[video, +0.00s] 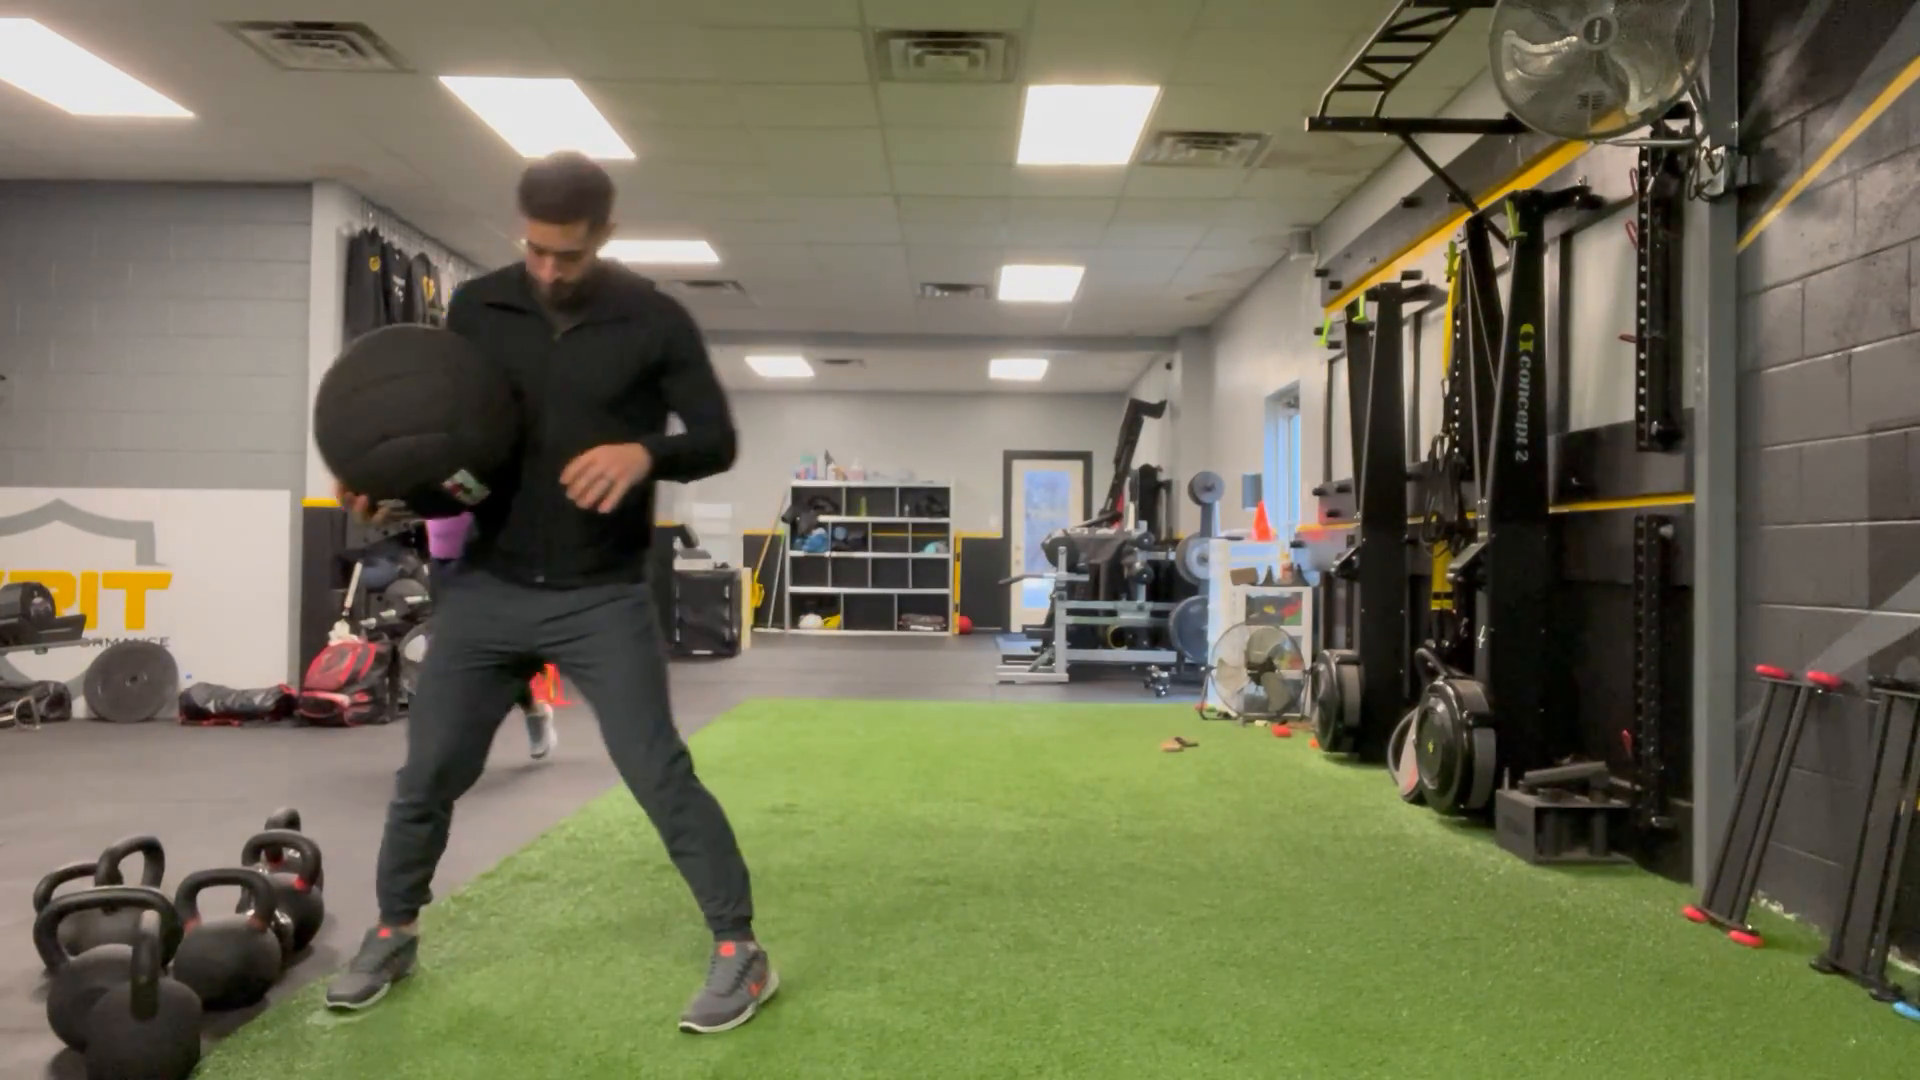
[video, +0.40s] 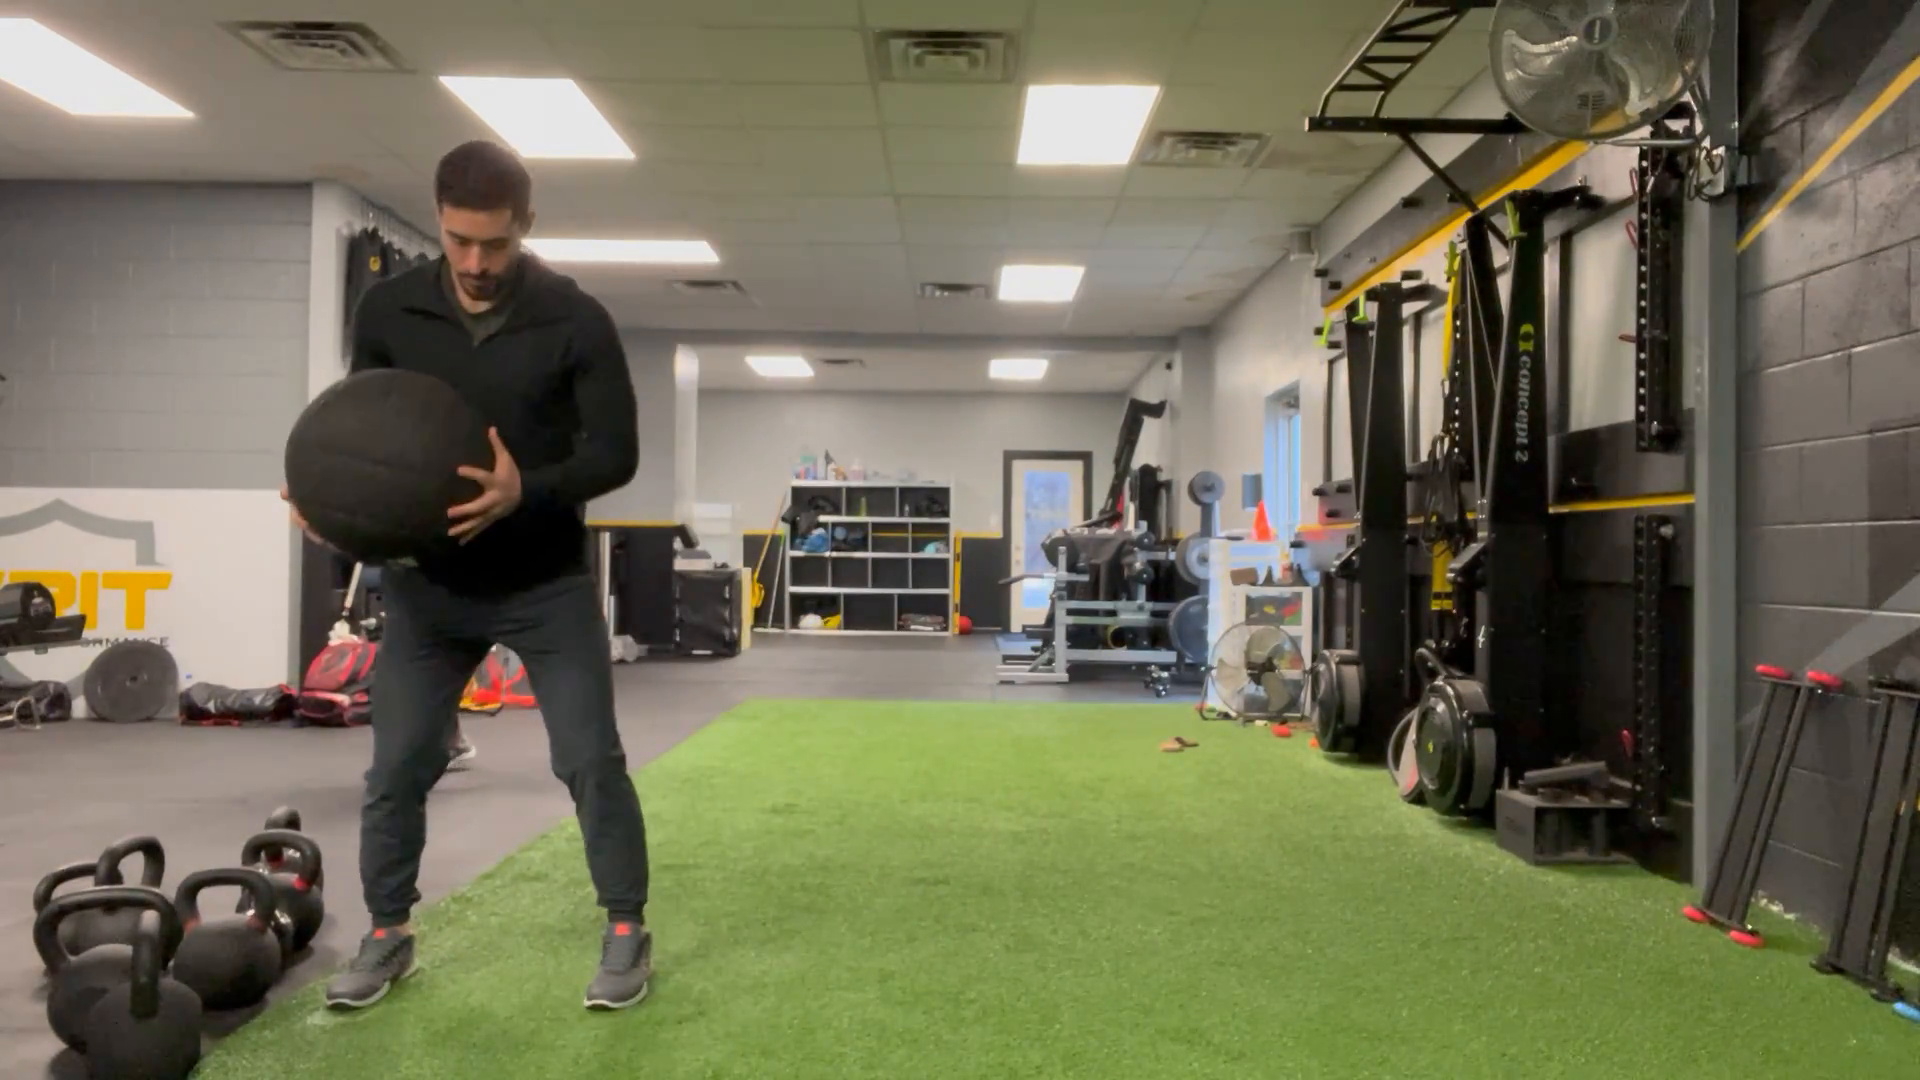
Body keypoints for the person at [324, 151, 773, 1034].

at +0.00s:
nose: (548, 271)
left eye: (567, 256)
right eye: (536, 251)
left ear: (603, 238)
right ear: (519, 229)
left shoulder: (655, 319)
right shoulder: (478, 308)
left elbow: (717, 441)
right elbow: (436, 429)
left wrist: (648, 454)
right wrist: (379, 482)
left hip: (604, 596)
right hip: (486, 589)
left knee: (655, 769)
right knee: (427, 773)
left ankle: (738, 948)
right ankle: (393, 933)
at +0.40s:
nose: (476, 262)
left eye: (494, 245)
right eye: (461, 242)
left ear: (525, 228)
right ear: (438, 224)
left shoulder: (574, 321)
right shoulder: (388, 308)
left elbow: (615, 455)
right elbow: (367, 435)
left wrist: (527, 486)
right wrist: (320, 490)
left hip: (547, 585)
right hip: (426, 586)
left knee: (590, 759)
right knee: (395, 768)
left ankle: (625, 928)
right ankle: (387, 933)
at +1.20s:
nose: (585, 287)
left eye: (602, 268)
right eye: (569, 266)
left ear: (626, 253)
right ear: (540, 248)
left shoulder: (669, 344)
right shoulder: (495, 328)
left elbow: (699, 490)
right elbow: (471, 436)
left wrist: (581, 537)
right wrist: (436, 518)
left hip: (647, 589)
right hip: (543, 591)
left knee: (631, 758)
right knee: (480, 768)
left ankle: (648, 958)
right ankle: (406, 932)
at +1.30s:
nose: (634, 291)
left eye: (650, 272)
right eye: (616, 270)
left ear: (670, 258)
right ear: (584, 250)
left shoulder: (706, 346)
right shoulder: (539, 327)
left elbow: (736, 494)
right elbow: (515, 447)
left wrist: (611, 543)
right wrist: (477, 532)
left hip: (686, 592)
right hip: (582, 595)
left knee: (647, 759)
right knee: (520, 771)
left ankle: (647, 963)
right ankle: (494, 911)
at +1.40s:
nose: (682, 292)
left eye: (697, 273)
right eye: (665, 272)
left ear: (715, 260)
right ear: (627, 253)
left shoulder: (740, 349)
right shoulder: (579, 327)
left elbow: (768, 501)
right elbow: (560, 435)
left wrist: (645, 545)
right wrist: (535, 520)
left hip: (721, 591)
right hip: (623, 587)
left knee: (660, 760)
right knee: (573, 766)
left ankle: (653, 958)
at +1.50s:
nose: (729, 293)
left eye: (743, 273)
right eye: (712, 272)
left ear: (757, 261)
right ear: (670, 254)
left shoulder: (779, 357)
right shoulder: (620, 328)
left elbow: (800, 503)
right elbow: (596, 432)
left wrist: (681, 548)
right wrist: (565, 513)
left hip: (751, 596)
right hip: (655, 593)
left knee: (674, 763)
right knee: (629, 771)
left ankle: (649, 966)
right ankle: (760, 851)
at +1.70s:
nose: (824, 307)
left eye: (835, 288)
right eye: (808, 287)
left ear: (845, 278)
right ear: (759, 269)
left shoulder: (863, 376)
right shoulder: (710, 338)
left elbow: (882, 518)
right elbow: (688, 443)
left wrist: (761, 564)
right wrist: (648, 525)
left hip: (839, 603)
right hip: (748, 603)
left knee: (743, 755)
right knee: (747, 778)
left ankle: (669, 961)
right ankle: (842, 916)